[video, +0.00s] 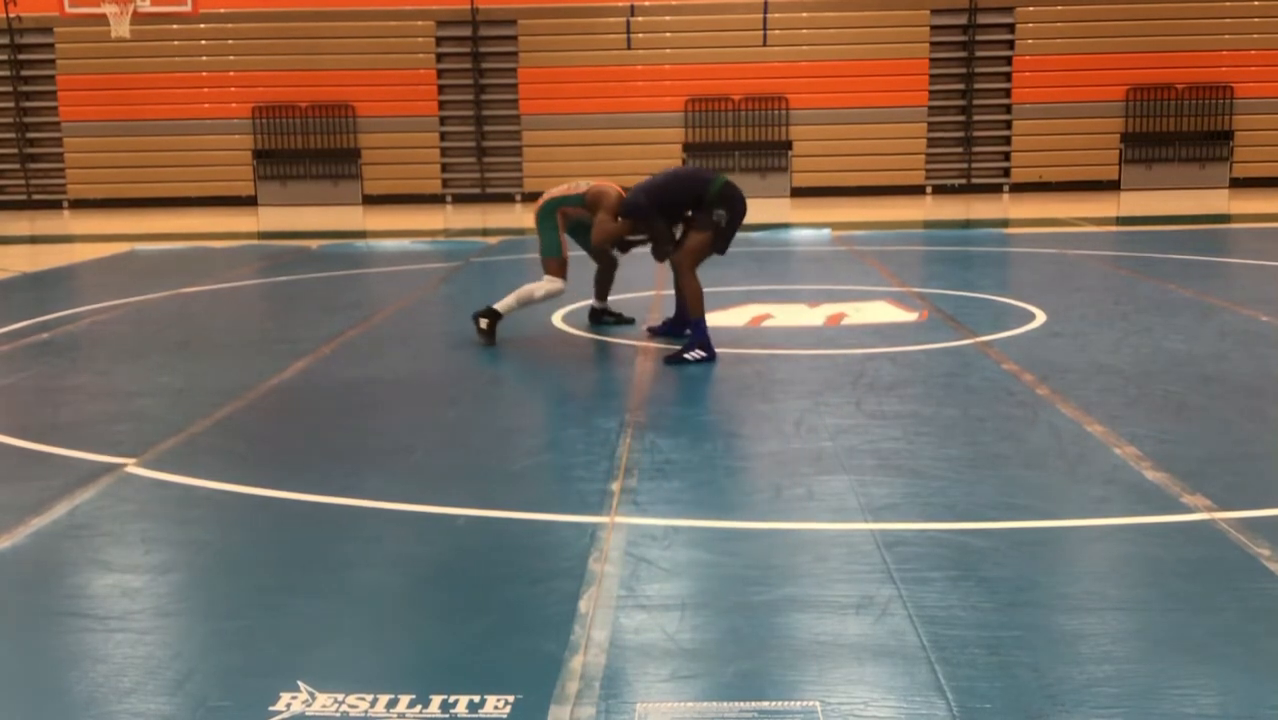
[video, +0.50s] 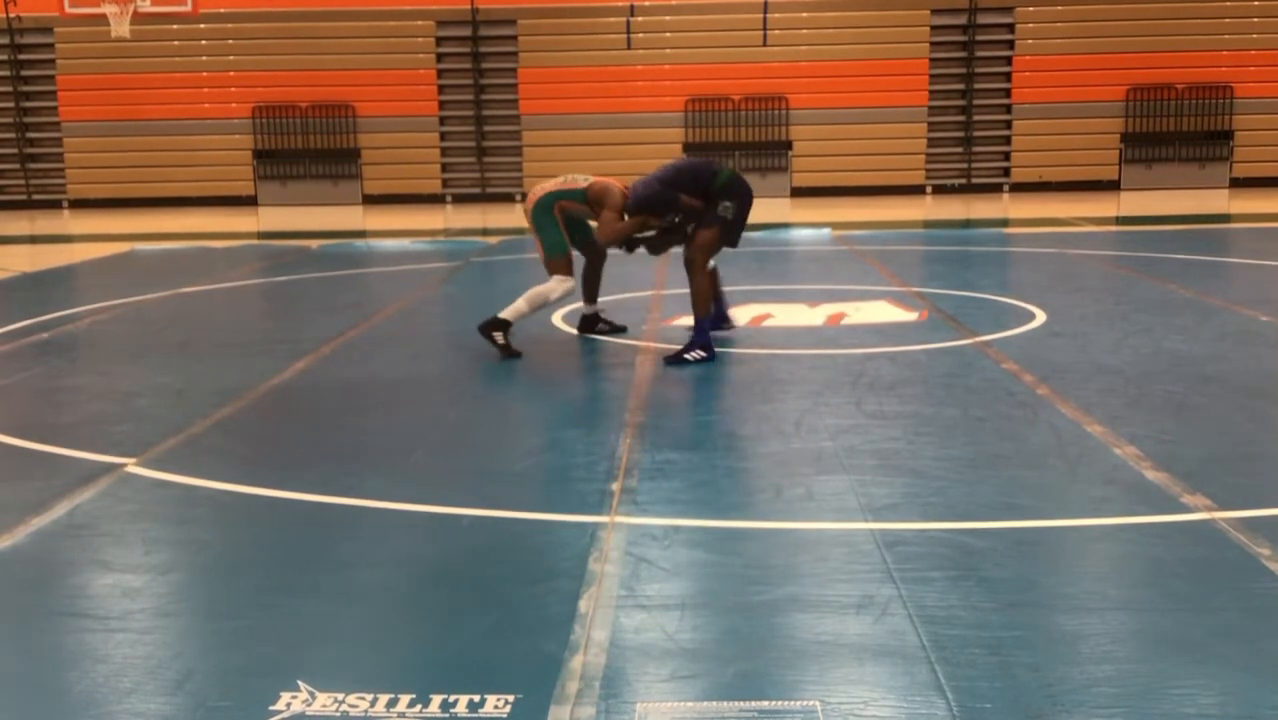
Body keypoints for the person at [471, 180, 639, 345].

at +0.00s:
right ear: (640, 214)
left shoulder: (623, 204)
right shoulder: (611, 198)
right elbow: (598, 241)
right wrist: (633, 225)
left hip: (574, 215)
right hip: (551, 209)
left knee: (608, 264)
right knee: (554, 284)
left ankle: (599, 310)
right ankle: (490, 315)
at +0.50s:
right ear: (645, 207)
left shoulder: (621, 196)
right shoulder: (614, 195)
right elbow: (605, 236)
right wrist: (640, 222)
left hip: (567, 210)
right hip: (546, 208)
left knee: (597, 254)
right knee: (564, 283)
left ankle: (591, 319)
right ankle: (498, 325)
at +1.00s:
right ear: (662, 194)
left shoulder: (637, 194)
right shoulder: (633, 186)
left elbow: (663, 249)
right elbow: (622, 221)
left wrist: (682, 228)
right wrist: (659, 209)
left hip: (578, 204)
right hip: (558, 198)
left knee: (603, 256)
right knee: (555, 278)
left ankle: (590, 318)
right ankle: (493, 327)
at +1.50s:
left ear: (671, 190)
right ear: (678, 197)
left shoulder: (655, 200)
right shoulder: (651, 197)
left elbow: (679, 247)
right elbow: (651, 241)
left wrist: (704, 236)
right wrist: (685, 221)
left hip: (580, 206)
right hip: (573, 208)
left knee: (603, 266)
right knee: (605, 281)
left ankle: (589, 320)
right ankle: (548, 335)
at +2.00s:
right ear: (676, 179)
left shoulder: (652, 187)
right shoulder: (651, 187)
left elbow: (649, 228)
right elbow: (646, 232)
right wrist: (681, 211)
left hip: (582, 206)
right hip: (576, 208)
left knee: (606, 264)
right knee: (605, 282)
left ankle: (590, 319)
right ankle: (548, 335)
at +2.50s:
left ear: (683, 187)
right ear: (700, 200)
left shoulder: (660, 198)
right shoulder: (677, 206)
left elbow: (669, 246)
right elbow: (691, 258)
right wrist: (715, 226)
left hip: (578, 227)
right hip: (603, 232)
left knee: (599, 269)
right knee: (662, 283)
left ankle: (581, 318)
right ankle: (646, 346)